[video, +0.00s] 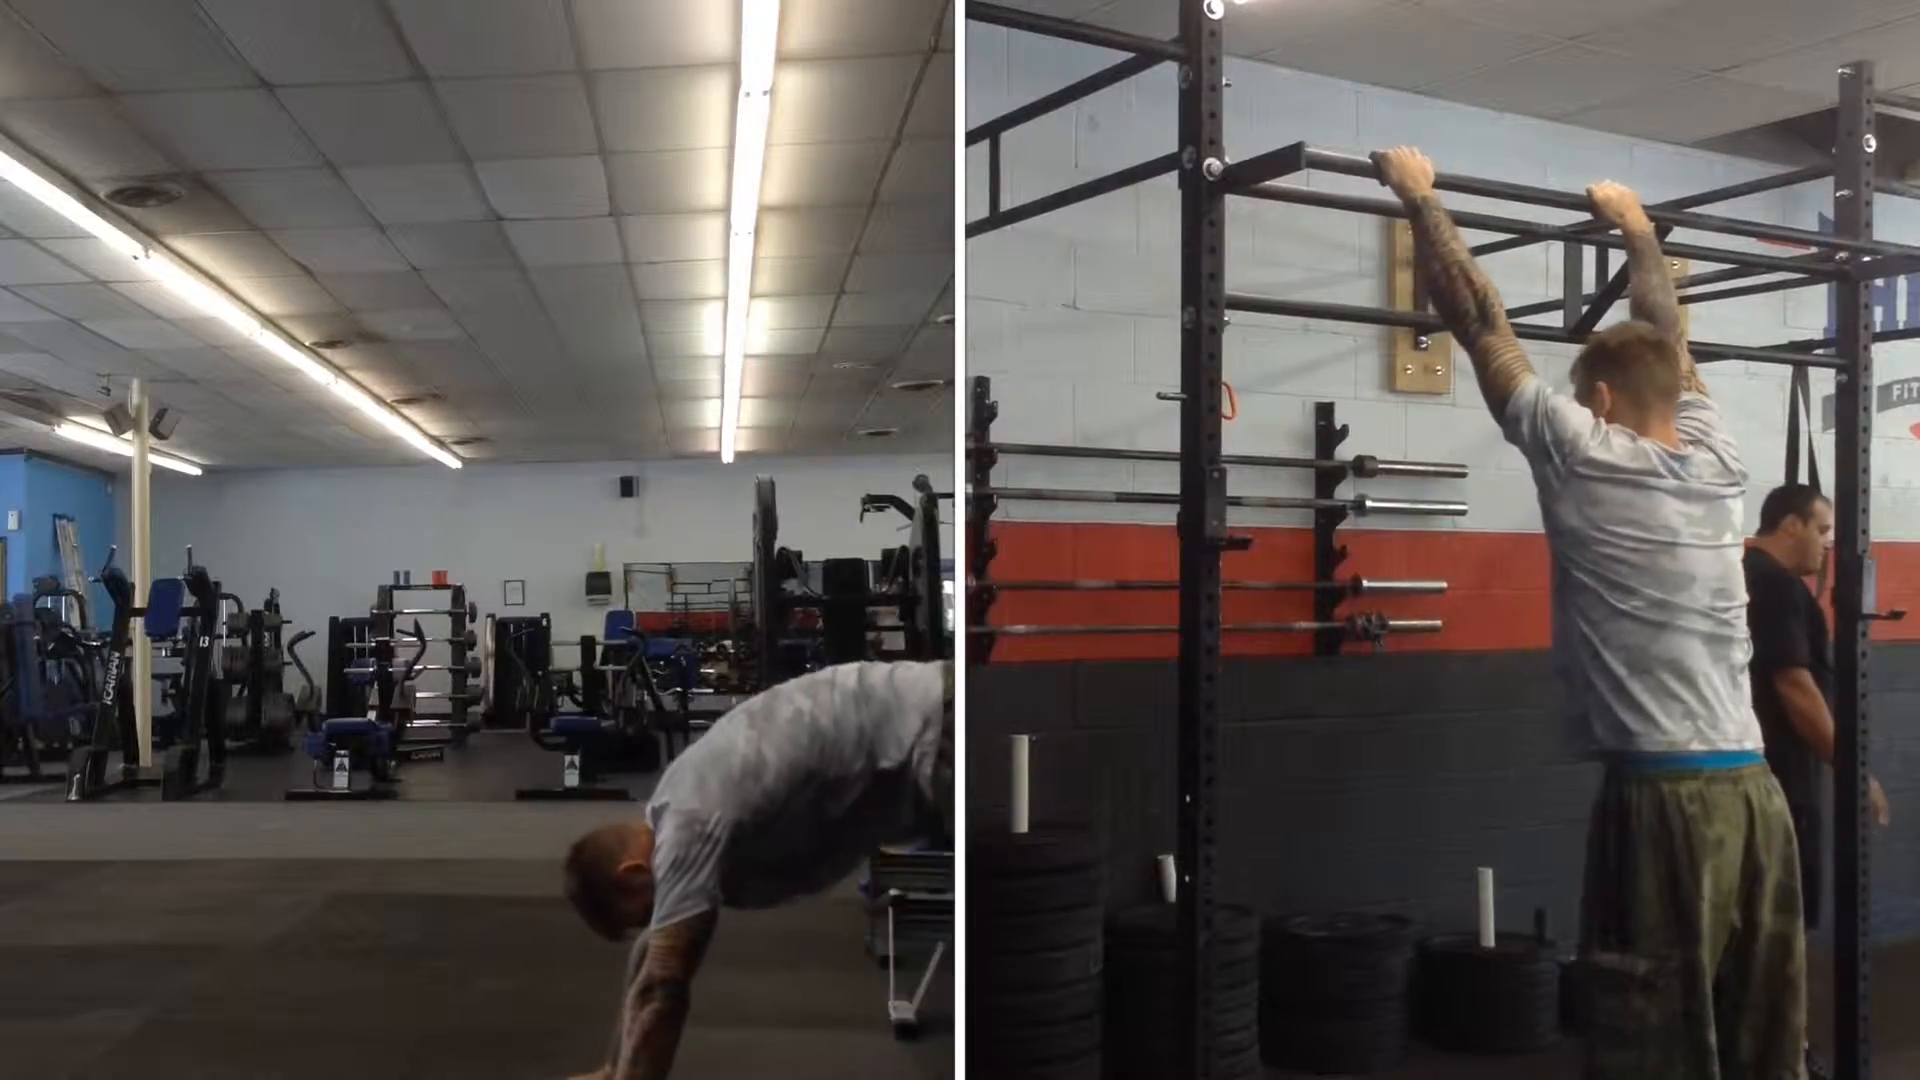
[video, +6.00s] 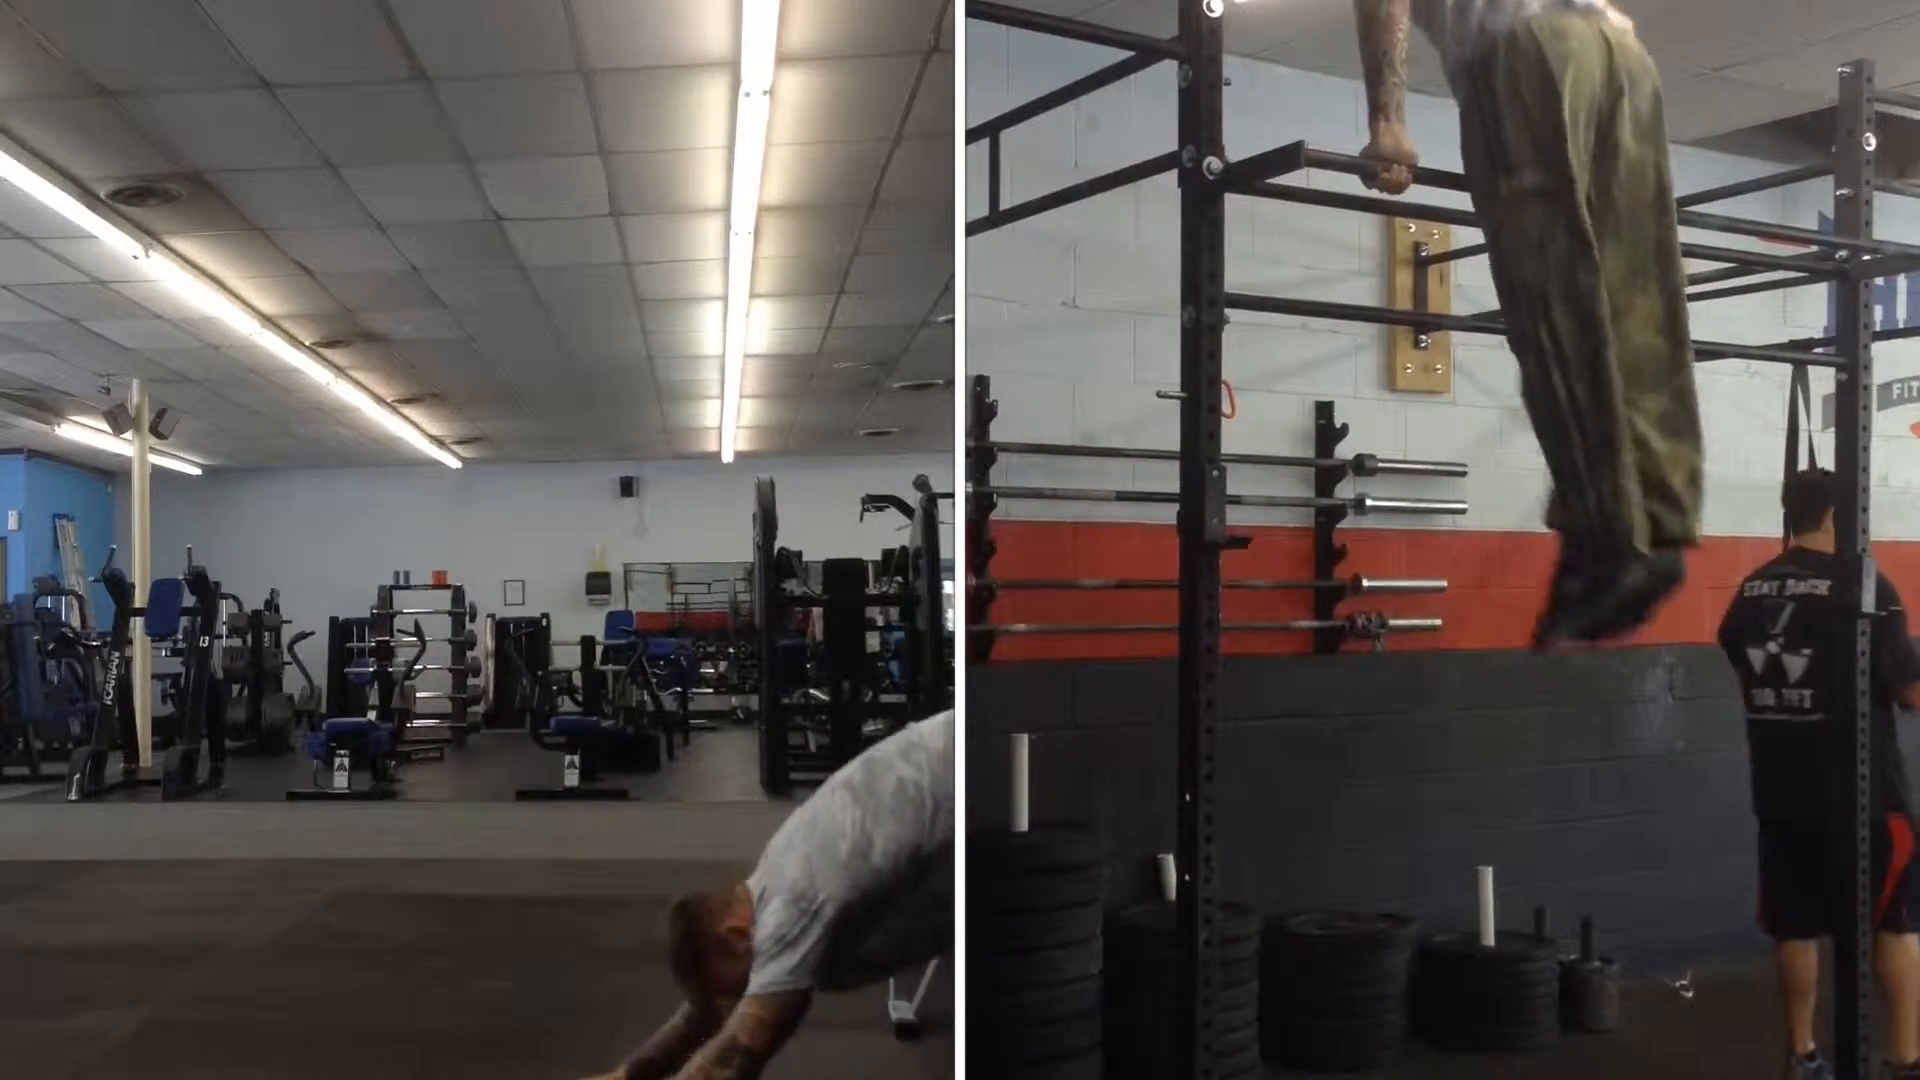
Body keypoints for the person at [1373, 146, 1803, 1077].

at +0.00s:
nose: (1577, 407)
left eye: (1582, 394)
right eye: (1582, 393)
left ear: (1600, 398)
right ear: (1672, 392)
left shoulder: (1581, 454)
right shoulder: (1713, 465)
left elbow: (1480, 326)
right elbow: (1672, 349)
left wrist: (1425, 200)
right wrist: (1640, 228)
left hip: (1661, 805)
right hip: (1759, 798)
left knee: (1659, 1047)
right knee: (1771, 1045)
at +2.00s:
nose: (1437, 144)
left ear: (1428, 59)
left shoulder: (1439, 45)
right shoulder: (1562, 42)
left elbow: (1401, 1)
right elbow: (1668, 48)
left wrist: (1397, 127)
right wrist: (1639, 160)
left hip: (1591, 214)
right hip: (1682, 223)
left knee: (1549, 465)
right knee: (1627, 473)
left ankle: (1520, 711)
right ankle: (1562, 700)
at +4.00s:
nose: (1571, 313)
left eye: (1577, 299)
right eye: (1577, 300)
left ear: (1590, 307)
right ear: (1662, 318)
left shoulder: (1558, 374)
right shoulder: (1702, 391)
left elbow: (1422, 331)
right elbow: (1669, 328)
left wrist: (1405, 205)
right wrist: (1641, 244)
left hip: (1573, 699)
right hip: (1663, 704)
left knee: (1470, 900)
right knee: (1569, 883)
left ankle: (1601, 1059)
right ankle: (1660, 1034)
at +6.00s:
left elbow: (1385, 4)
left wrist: (1387, 116)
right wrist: (1605, 14)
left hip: (1524, 49)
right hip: (1619, 44)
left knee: (1552, 310)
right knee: (1637, 299)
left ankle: (1603, 545)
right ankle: (1658, 535)